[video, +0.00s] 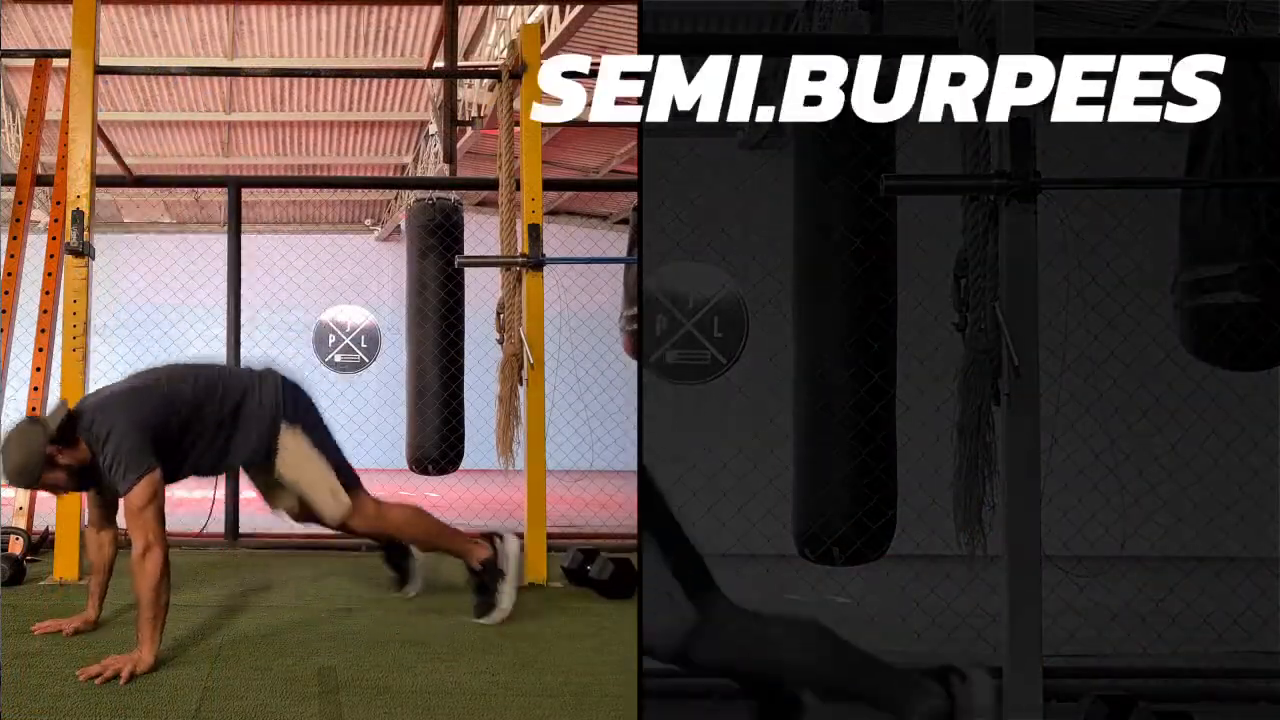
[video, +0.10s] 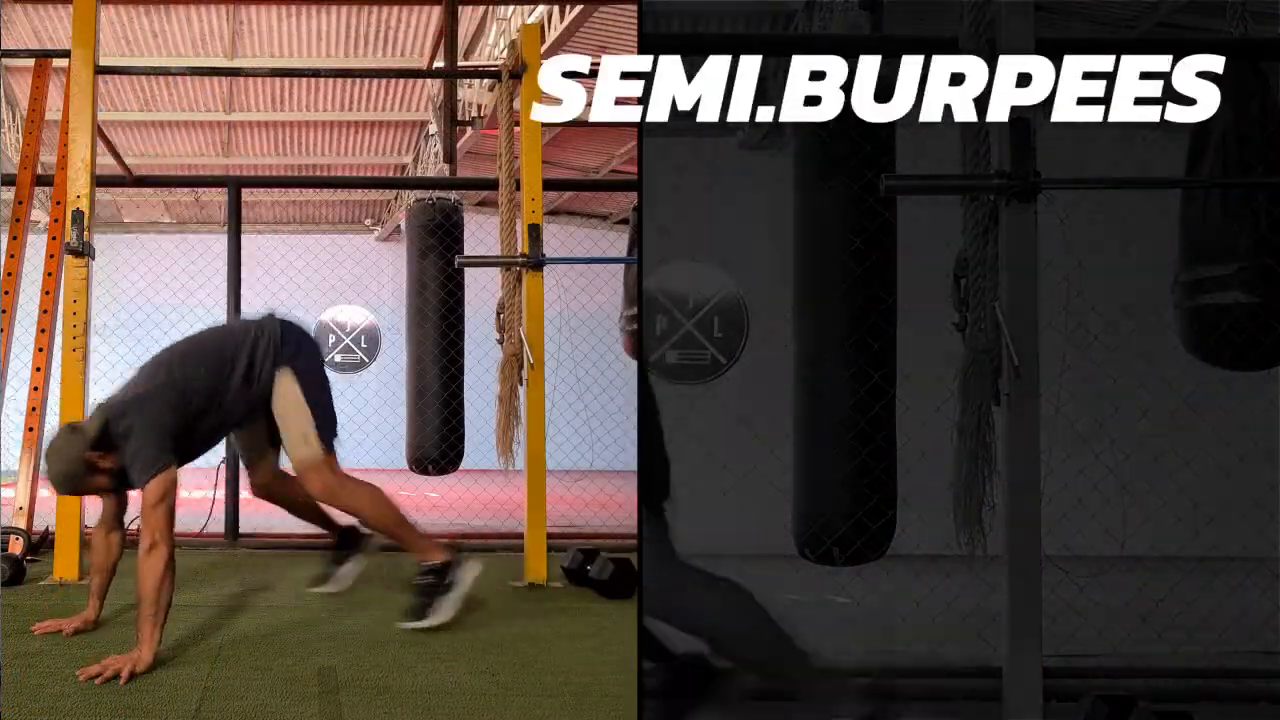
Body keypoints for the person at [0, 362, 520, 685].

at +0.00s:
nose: (56, 491)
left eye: (50, 482)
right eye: (46, 486)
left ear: (61, 455)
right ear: (56, 452)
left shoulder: (123, 432)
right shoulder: (82, 439)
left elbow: (149, 546)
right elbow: (101, 526)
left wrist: (145, 649)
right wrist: (91, 608)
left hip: (269, 407)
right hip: (242, 433)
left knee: (348, 509)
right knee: (295, 506)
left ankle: (484, 552)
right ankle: (392, 535)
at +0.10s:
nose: (101, 493)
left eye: (93, 485)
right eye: (93, 490)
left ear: (99, 462)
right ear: (94, 457)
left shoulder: (145, 433)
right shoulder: (108, 435)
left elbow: (157, 546)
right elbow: (109, 530)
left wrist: (146, 648)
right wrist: (93, 609)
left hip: (282, 352)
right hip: (245, 383)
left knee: (323, 480)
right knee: (266, 480)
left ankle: (438, 558)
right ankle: (345, 538)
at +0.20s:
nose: (127, 494)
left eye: (123, 488)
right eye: (120, 493)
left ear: (133, 461)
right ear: (129, 456)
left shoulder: (175, 437)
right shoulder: (134, 434)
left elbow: (169, 546)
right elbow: (125, 528)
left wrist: (144, 650)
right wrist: (94, 610)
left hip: (296, 329)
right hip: (257, 348)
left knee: (292, 457)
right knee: (229, 458)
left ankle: (372, 581)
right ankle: (271, 551)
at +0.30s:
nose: (122, 466)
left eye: (120, 456)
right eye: (115, 460)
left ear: (136, 436)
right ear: (133, 435)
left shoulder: (184, 429)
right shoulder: (140, 427)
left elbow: (171, 542)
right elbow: (124, 522)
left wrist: (140, 643)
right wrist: (91, 606)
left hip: (319, 353)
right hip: (270, 362)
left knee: (289, 466)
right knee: (221, 466)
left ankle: (341, 607)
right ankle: (244, 578)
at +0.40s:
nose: (116, 395)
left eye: (116, 383)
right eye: (110, 387)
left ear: (139, 366)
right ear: (134, 368)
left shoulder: (192, 375)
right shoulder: (145, 390)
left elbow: (178, 486)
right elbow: (121, 479)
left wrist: (142, 586)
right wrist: (91, 558)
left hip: (328, 372)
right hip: (277, 389)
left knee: (286, 468)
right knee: (213, 468)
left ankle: (340, 609)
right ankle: (243, 579)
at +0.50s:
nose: (123, 308)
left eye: (124, 295)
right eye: (116, 299)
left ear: (149, 278)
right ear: (139, 287)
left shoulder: (205, 306)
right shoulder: (160, 325)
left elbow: (236, 397)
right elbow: (156, 401)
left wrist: (194, 493)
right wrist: (134, 470)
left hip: (325, 361)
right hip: (274, 379)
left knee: (291, 466)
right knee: (219, 470)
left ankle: (340, 607)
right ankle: (242, 577)